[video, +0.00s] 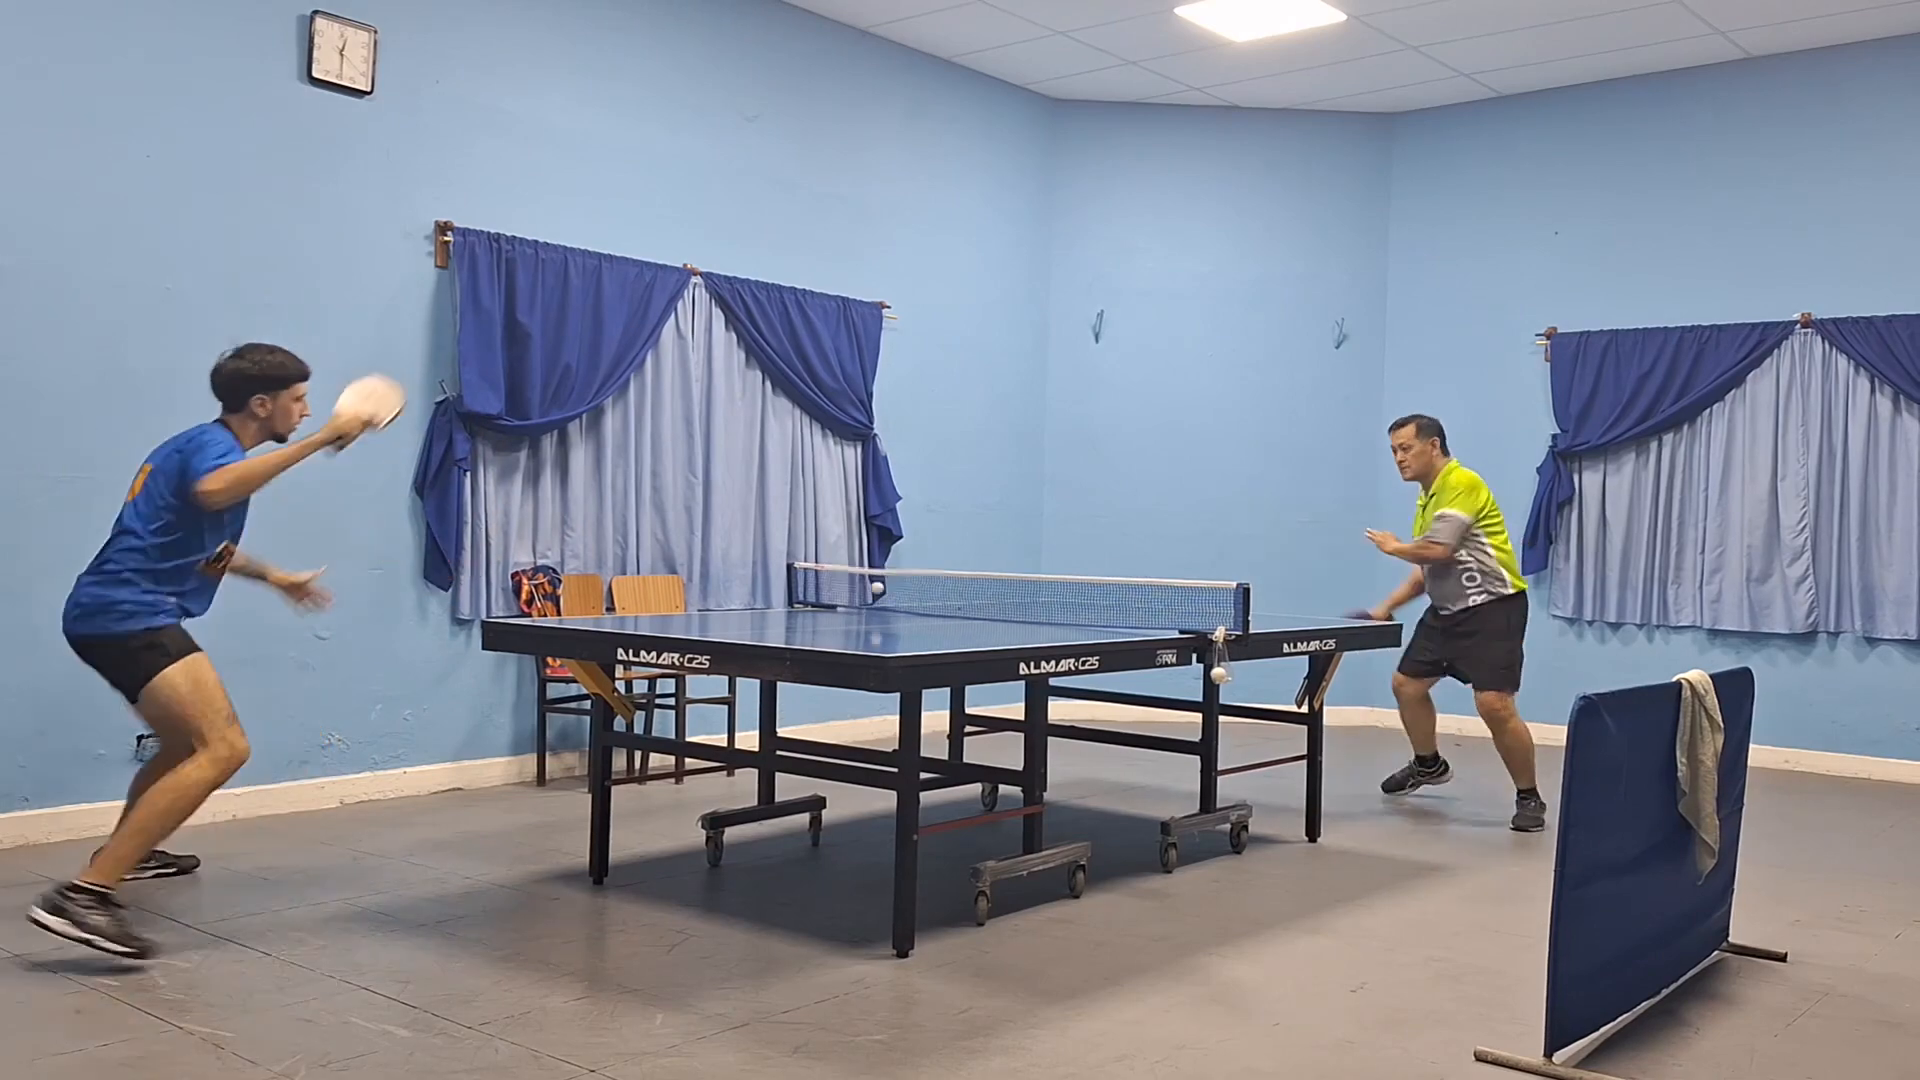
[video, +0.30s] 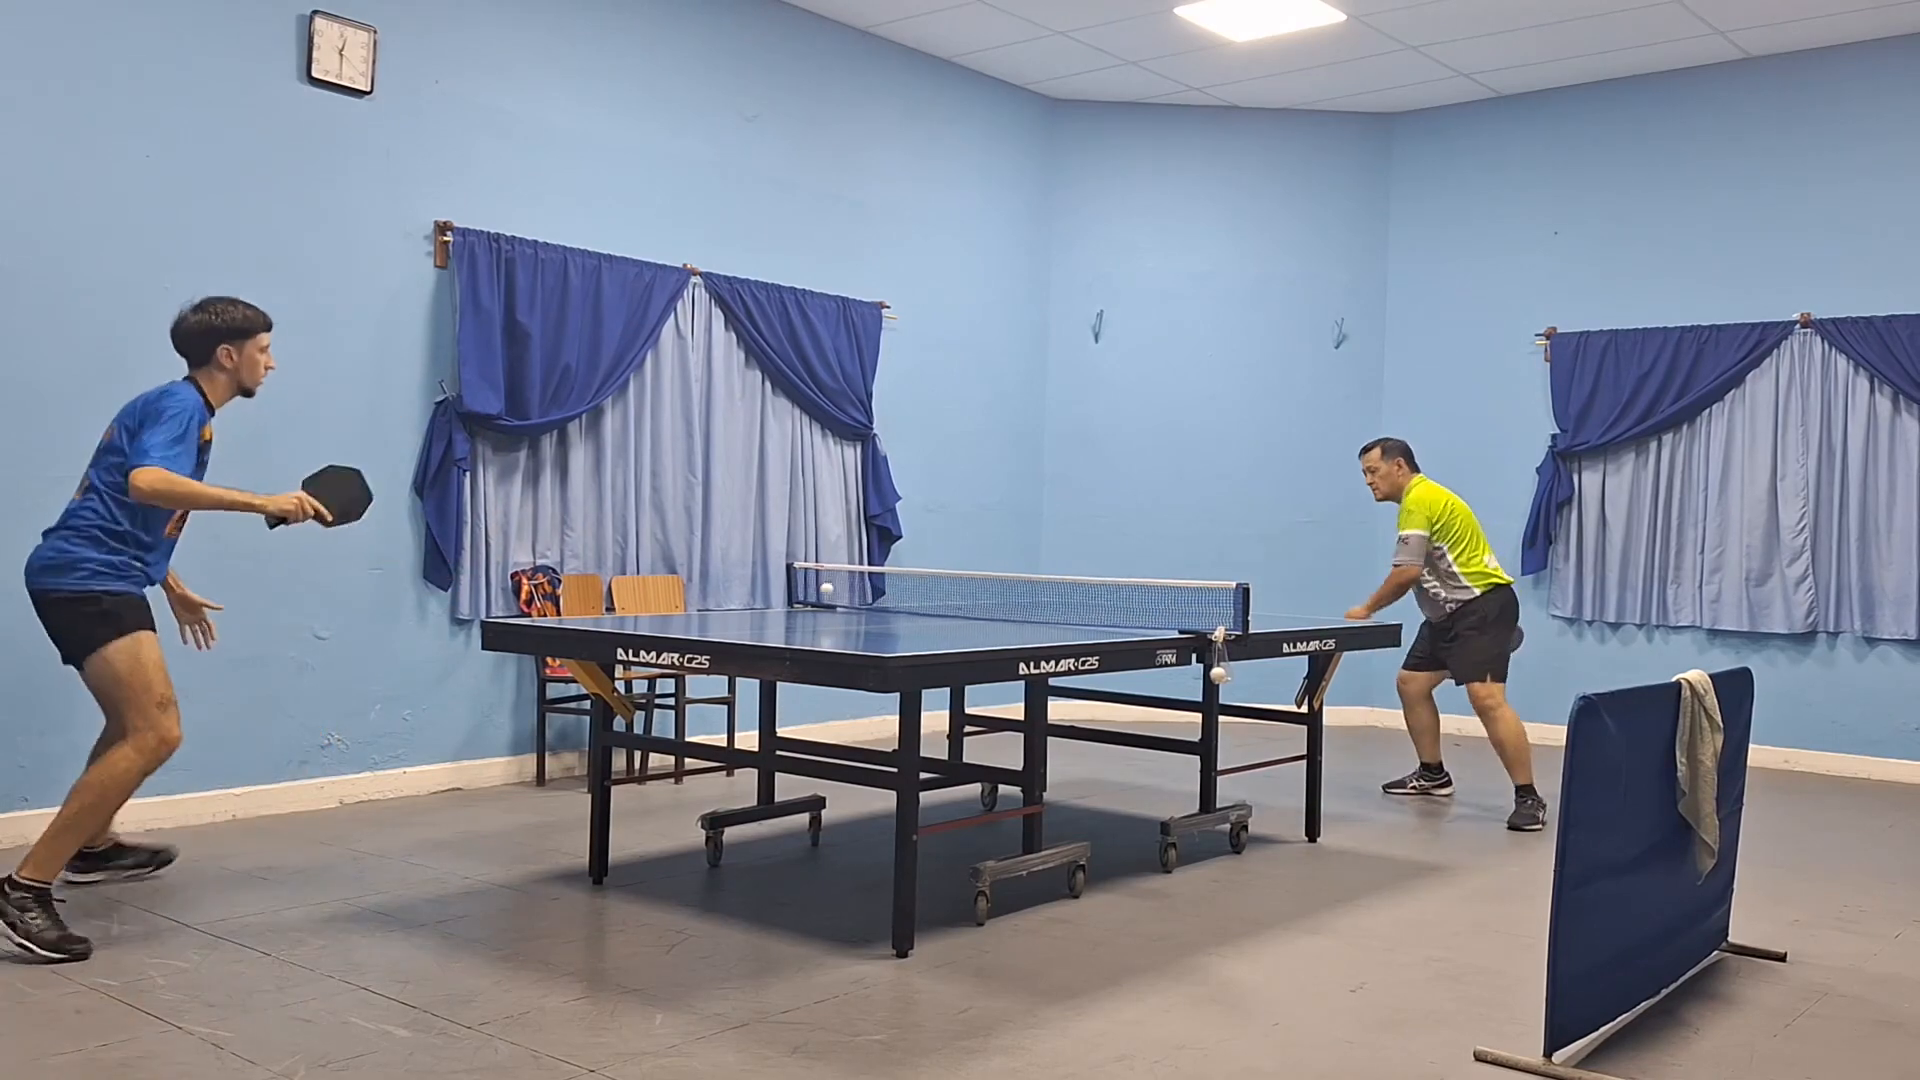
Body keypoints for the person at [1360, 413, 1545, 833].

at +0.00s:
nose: (1399, 458)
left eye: (1405, 449)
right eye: (1395, 452)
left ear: (1433, 446)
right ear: (1395, 457)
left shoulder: (1462, 482)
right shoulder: (1426, 500)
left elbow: (1441, 549)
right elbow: (1426, 571)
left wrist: (1395, 548)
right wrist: (1386, 608)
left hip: (1494, 607)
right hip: (1446, 611)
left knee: (1494, 705)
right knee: (1407, 685)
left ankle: (1528, 797)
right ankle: (1428, 763)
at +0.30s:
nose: (1368, 480)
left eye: (1372, 471)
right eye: (1365, 474)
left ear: (1398, 466)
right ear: (1400, 469)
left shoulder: (1419, 498)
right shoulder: (1420, 497)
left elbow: (1407, 573)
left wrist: (1368, 608)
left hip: (1483, 605)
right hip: (1448, 614)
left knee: (1487, 697)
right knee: (1411, 684)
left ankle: (1528, 797)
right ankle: (1432, 773)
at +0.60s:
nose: (1387, 442)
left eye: (1394, 434)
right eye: (1384, 436)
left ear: (1422, 436)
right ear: (1389, 442)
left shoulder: (1447, 472)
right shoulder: (1409, 490)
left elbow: (1474, 522)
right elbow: (1416, 553)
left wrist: (1432, 565)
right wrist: (1400, 594)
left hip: (1481, 590)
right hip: (1437, 597)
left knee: (1497, 682)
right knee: (1424, 679)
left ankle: (1526, 775)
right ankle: (1432, 771)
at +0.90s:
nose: (1451, 429)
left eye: (1461, 422)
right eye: (1447, 422)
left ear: (1485, 429)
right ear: (1444, 426)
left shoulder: (1503, 473)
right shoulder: (1437, 476)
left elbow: (1473, 526)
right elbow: (1399, 514)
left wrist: (1427, 499)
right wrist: (1356, 539)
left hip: (1499, 598)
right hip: (1448, 597)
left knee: (1507, 688)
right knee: (1441, 683)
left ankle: (1514, 775)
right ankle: (1433, 770)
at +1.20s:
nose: (1408, 471)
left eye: (1417, 462)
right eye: (1402, 463)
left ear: (1443, 461)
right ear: (1399, 465)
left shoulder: (1482, 499)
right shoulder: (1409, 510)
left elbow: (1525, 553)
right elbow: (1395, 563)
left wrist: (1473, 593)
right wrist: (1366, 579)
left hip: (1501, 605)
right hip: (1447, 607)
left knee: (1496, 688)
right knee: (1422, 686)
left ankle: (1508, 795)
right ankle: (1436, 772)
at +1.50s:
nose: (1406, 469)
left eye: (1414, 460)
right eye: (1401, 461)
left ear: (1442, 460)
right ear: (1399, 464)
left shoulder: (1481, 498)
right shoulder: (1414, 507)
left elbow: (1508, 562)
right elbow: (1410, 562)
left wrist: (1447, 589)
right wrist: (1380, 584)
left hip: (1503, 604)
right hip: (1451, 608)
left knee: (1497, 689)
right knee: (1426, 686)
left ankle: (1508, 794)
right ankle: (1436, 772)